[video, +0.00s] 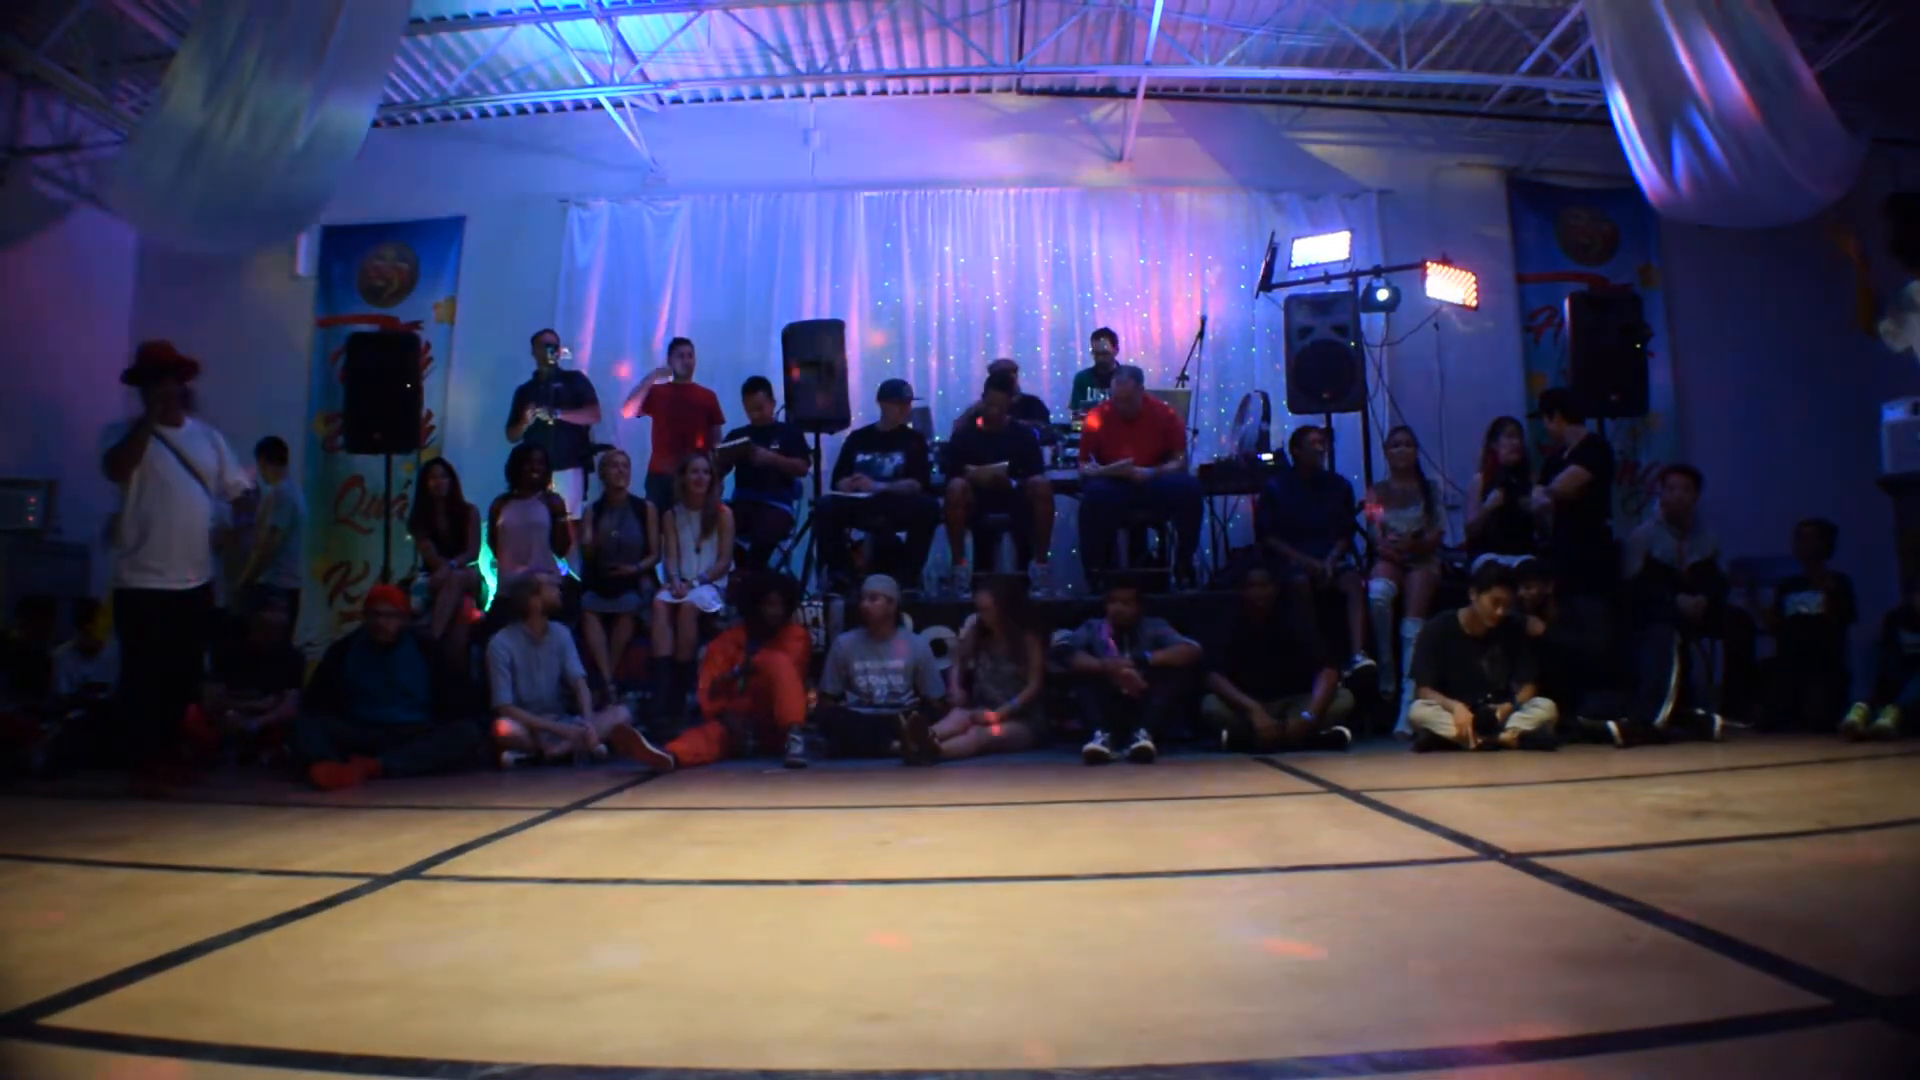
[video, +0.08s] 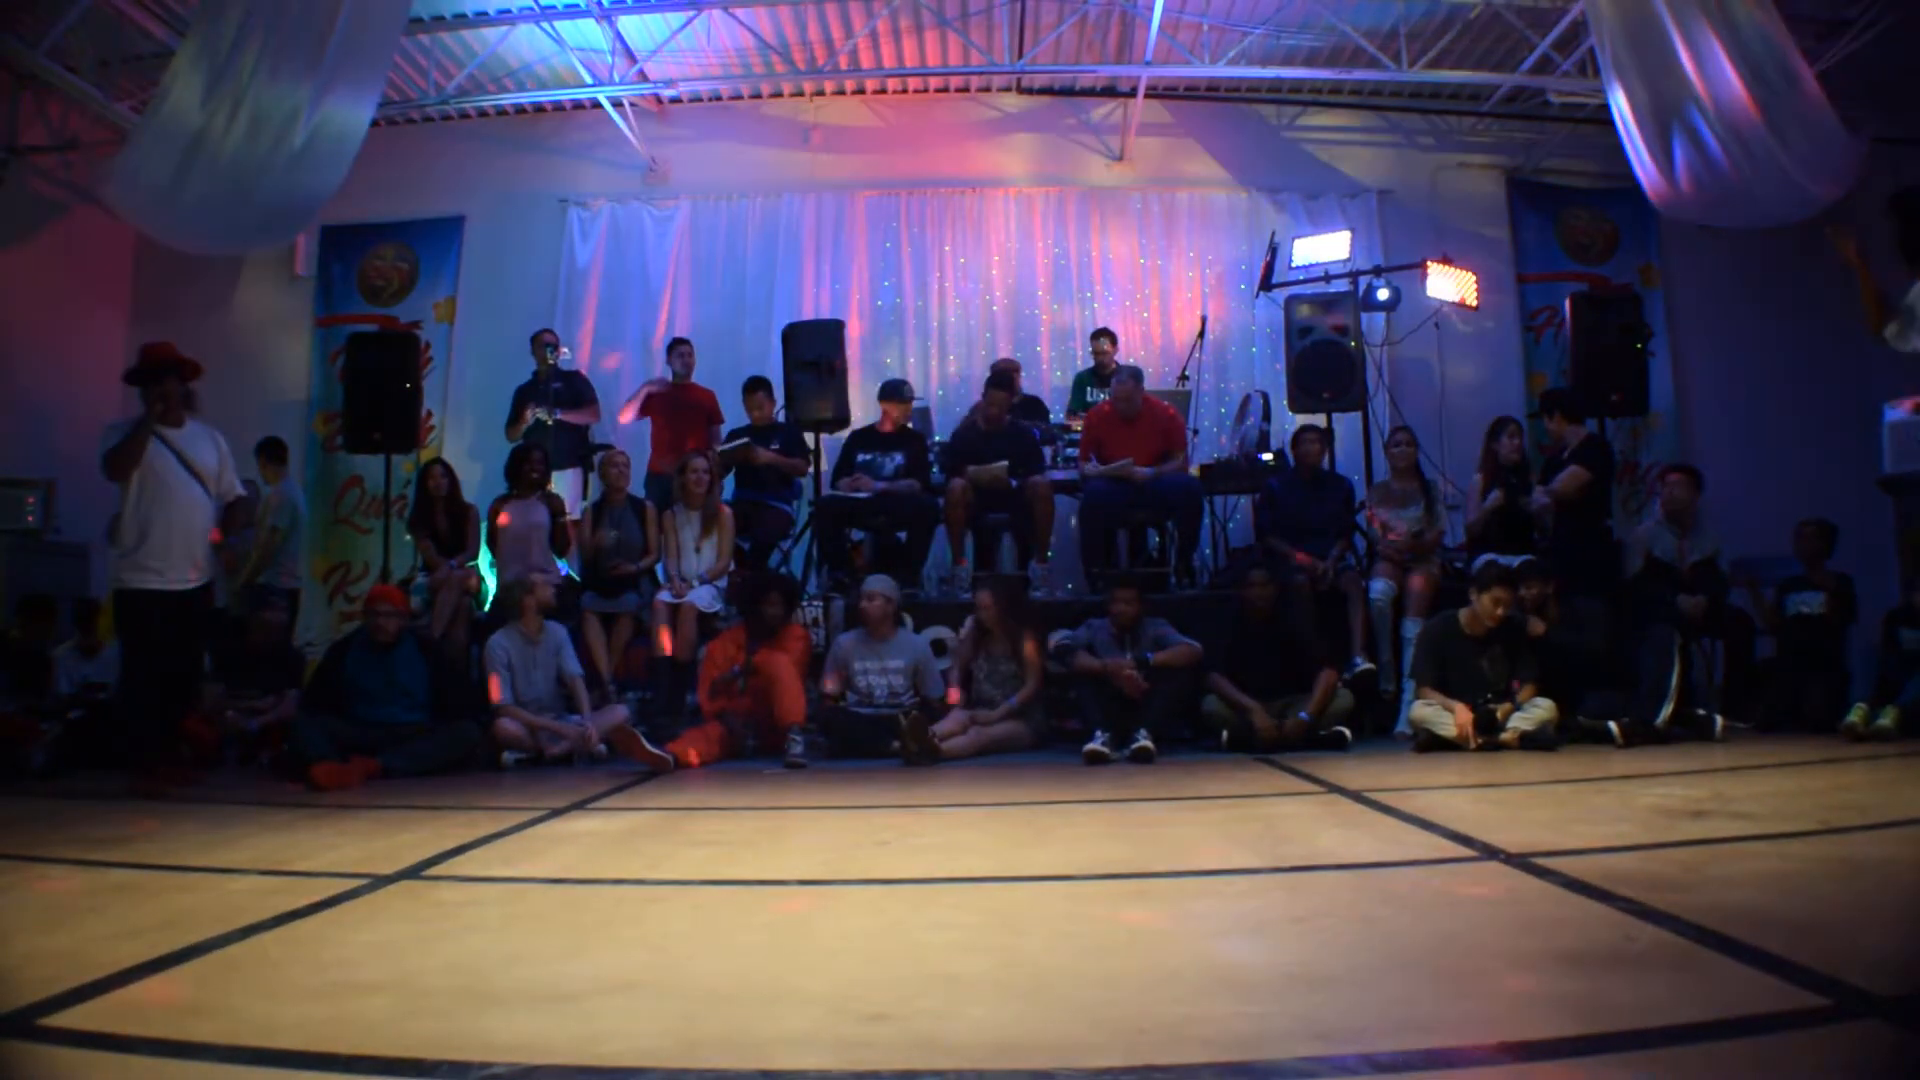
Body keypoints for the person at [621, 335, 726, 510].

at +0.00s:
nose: (686, 361)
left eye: (690, 356)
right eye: (680, 356)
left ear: (695, 360)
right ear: (669, 361)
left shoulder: (707, 397)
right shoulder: (657, 392)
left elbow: (716, 440)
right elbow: (628, 412)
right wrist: (653, 377)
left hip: (695, 478)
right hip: (661, 475)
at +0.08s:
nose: (686, 360)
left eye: (689, 355)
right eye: (679, 356)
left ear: (694, 359)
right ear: (669, 360)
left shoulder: (707, 396)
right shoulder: (657, 394)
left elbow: (716, 440)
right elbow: (624, 418)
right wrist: (646, 389)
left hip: (695, 478)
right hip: (661, 475)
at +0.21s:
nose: (684, 360)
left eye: (687, 355)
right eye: (678, 355)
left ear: (692, 359)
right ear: (667, 360)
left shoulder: (704, 396)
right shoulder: (652, 394)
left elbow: (714, 440)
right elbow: (625, 427)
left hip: (693, 476)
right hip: (659, 474)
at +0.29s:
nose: (683, 360)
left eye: (686, 355)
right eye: (676, 355)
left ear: (691, 359)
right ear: (665, 360)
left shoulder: (703, 396)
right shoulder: (650, 394)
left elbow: (713, 438)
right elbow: (629, 430)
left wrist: (715, 477)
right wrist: (644, 424)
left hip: (692, 477)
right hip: (658, 474)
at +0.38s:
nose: (680, 360)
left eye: (683, 355)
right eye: (674, 355)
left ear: (688, 359)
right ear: (663, 361)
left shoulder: (701, 395)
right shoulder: (648, 395)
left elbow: (711, 437)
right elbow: (633, 432)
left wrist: (715, 474)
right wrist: (647, 443)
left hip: (693, 478)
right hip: (657, 476)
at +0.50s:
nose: (677, 361)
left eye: (680, 355)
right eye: (671, 356)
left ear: (685, 360)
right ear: (659, 361)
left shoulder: (699, 395)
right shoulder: (646, 396)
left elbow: (709, 435)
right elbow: (635, 434)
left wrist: (712, 470)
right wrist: (644, 462)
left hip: (691, 477)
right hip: (656, 477)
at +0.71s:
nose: (671, 361)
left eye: (674, 356)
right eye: (665, 356)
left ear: (678, 360)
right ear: (653, 362)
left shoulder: (694, 395)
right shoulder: (641, 398)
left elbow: (705, 435)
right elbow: (632, 441)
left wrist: (706, 473)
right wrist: (628, 477)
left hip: (688, 479)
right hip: (653, 478)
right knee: (651, 537)